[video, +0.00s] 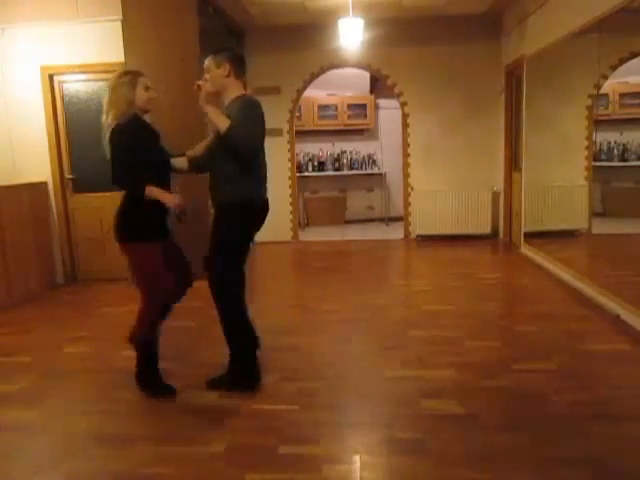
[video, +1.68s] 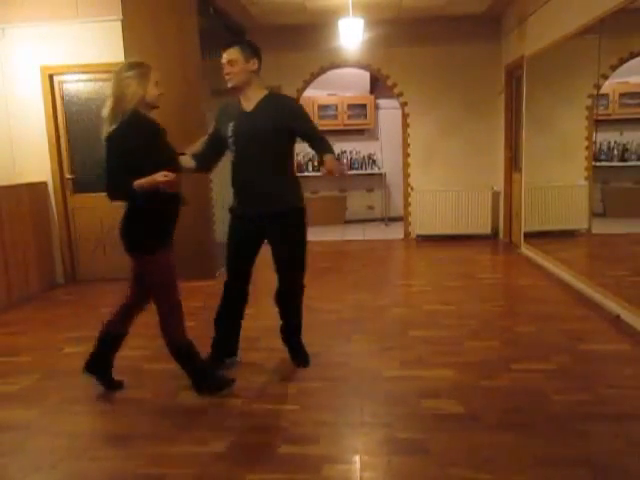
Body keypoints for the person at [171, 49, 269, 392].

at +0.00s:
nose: (204, 78)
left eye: (208, 70)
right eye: (204, 71)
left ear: (227, 71)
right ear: (225, 71)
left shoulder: (246, 107)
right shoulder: (227, 111)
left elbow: (245, 144)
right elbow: (202, 160)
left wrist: (209, 108)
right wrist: (162, 163)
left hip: (245, 205)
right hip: (229, 205)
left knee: (223, 277)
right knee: (221, 276)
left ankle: (244, 368)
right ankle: (241, 362)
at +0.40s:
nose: (185, 72)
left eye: (189, 64)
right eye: (185, 65)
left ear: (210, 64)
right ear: (205, 67)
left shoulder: (241, 104)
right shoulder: (207, 114)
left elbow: (266, 152)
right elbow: (180, 161)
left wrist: (237, 136)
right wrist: (135, 159)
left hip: (241, 206)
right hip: (220, 207)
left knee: (199, 279)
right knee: (237, 286)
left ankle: (228, 354)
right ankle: (274, 356)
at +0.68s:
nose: (169, 69)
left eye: (174, 61)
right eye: (169, 63)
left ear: (195, 62)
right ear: (189, 64)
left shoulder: (223, 102)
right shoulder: (191, 113)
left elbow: (261, 153)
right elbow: (181, 167)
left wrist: (260, 153)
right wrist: (140, 169)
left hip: (219, 211)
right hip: (200, 212)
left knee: (196, 288)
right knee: (197, 288)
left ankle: (210, 370)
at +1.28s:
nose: (187, 73)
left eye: (192, 66)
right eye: (186, 67)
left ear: (214, 67)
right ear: (202, 70)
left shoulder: (243, 108)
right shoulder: (194, 113)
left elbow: (280, 152)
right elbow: (161, 145)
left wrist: (244, 161)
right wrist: (122, 151)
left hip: (241, 209)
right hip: (210, 209)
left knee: (217, 278)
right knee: (197, 282)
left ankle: (227, 356)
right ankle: (214, 354)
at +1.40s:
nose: (198, 73)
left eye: (204, 66)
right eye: (197, 68)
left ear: (227, 67)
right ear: (210, 72)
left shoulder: (257, 109)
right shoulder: (203, 117)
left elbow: (295, 153)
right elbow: (165, 153)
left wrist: (270, 162)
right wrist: (122, 157)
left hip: (252, 209)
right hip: (219, 210)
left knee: (238, 283)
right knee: (210, 288)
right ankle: (221, 354)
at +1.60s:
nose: (218, 71)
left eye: (224, 64)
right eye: (217, 65)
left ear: (247, 65)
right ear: (219, 71)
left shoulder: (278, 106)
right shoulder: (222, 115)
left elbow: (317, 148)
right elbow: (192, 159)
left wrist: (318, 159)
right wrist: (151, 160)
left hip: (279, 210)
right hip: (240, 212)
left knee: (284, 285)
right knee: (231, 287)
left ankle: (292, 338)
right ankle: (223, 356)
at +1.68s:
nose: (225, 70)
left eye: (232, 63)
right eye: (224, 65)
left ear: (253, 65)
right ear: (225, 69)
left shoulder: (284, 105)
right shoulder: (228, 111)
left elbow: (314, 136)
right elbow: (206, 158)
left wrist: (327, 156)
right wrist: (177, 160)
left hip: (286, 208)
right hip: (246, 210)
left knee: (292, 281)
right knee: (235, 283)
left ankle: (293, 338)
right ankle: (223, 350)